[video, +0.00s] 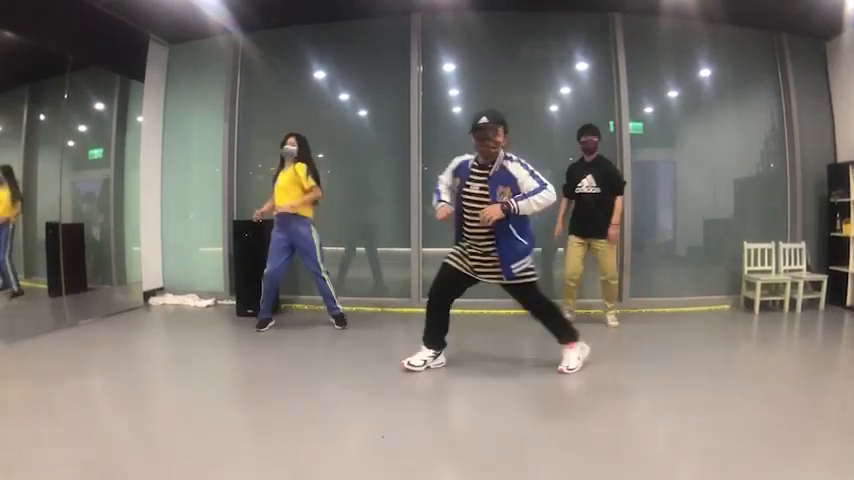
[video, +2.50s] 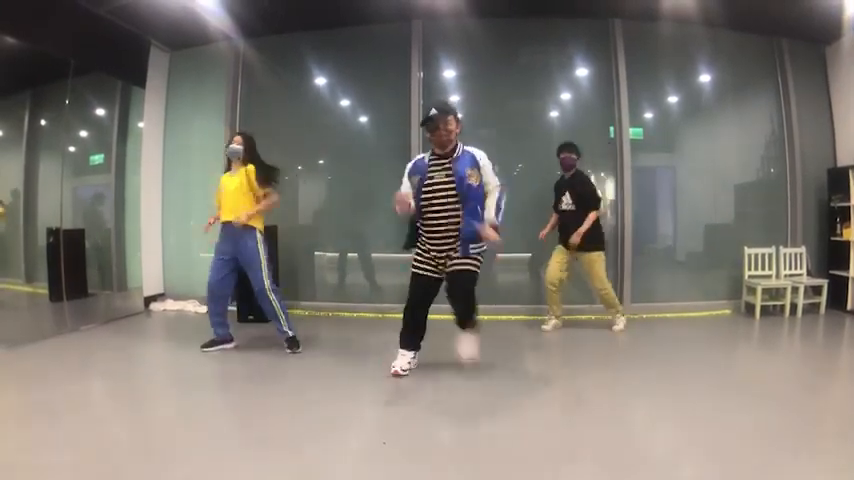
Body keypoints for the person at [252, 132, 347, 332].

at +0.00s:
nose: (289, 148)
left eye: (293, 145)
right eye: (286, 144)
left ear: (300, 149)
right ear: (282, 148)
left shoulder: (301, 167)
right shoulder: (281, 172)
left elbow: (316, 192)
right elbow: (277, 197)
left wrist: (294, 204)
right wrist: (264, 209)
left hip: (301, 221)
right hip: (281, 221)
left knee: (318, 269)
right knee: (271, 271)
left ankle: (337, 313)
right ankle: (265, 316)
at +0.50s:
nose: (291, 148)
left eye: (295, 145)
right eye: (287, 146)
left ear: (302, 150)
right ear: (282, 152)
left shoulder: (313, 177)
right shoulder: (277, 175)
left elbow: (327, 203)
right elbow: (259, 201)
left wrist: (323, 222)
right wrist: (263, 228)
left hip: (301, 226)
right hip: (278, 225)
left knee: (310, 268)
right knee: (269, 273)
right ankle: (258, 316)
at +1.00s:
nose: (299, 142)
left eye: (304, 140)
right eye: (297, 138)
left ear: (311, 147)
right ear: (292, 144)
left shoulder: (310, 171)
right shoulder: (287, 170)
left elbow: (306, 202)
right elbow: (287, 198)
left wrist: (281, 208)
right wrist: (283, 220)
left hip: (307, 225)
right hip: (288, 223)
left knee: (315, 275)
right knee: (263, 260)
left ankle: (332, 322)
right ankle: (276, 308)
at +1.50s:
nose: (261, 142)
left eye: (265, 139)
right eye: (257, 139)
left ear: (272, 145)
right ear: (251, 146)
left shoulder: (283, 172)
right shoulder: (245, 173)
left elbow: (295, 203)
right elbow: (236, 202)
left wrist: (301, 232)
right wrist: (237, 230)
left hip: (279, 225)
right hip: (254, 225)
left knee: (285, 273)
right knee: (251, 276)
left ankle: (283, 320)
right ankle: (245, 323)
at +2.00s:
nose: (281, 144)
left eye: (286, 141)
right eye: (278, 140)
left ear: (294, 148)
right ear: (272, 146)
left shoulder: (297, 176)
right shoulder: (260, 170)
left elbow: (302, 212)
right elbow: (251, 202)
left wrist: (269, 221)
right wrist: (243, 234)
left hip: (279, 234)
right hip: (254, 232)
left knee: (287, 283)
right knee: (241, 280)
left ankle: (297, 333)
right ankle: (252, 325)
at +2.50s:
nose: (233, 147)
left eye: (239, 144)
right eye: (232, 143)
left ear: (247, 150)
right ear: (228, 148)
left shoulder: (252, 171)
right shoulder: (225, 178)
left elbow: (273, 197)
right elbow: (225, 207)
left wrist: (250, 213)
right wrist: (215, 217)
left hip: (249, 231)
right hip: (228, 230)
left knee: (263, 285)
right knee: (216, 284)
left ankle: (288, 334)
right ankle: (222, 336)